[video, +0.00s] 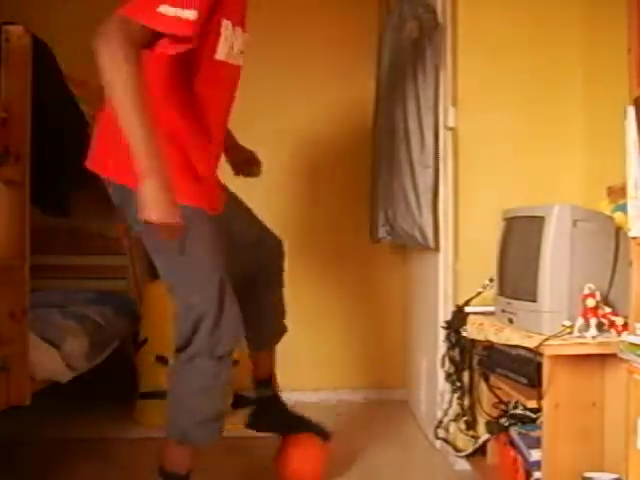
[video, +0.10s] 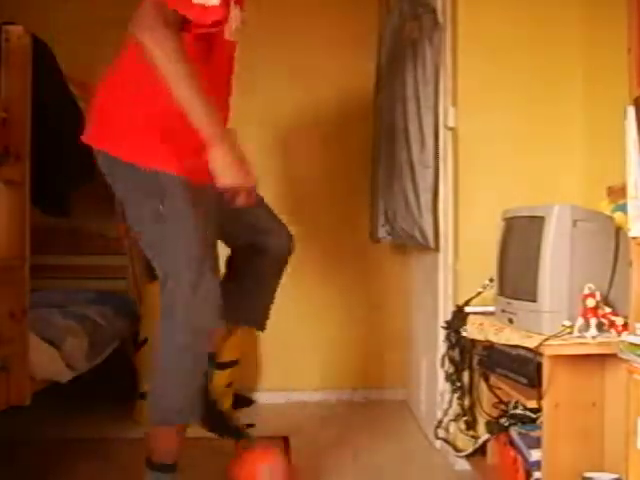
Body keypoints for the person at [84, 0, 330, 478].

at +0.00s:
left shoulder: (230, 8)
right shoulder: (192, 3)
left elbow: (187, 78)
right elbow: (113, 40)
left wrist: (231, 146)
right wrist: (151, 177)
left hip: (187, 168)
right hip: (150, 170)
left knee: (262, 253)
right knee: (210, 318)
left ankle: (263, 398)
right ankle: (174, 470)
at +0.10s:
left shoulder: (217, 12)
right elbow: (150, 24)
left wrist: (226, 158)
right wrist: (218, 141)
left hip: (185, 145)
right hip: (138, 139)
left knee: (270, 242)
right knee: (193, 289)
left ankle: (210, 373)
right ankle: (161, 466)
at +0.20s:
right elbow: (135, 5)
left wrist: (225, 104)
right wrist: (222, 95)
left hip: (180, 136)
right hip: (141, 129)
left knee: (235, 280)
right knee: (179, 285)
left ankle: (180, 432)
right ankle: (113, 468)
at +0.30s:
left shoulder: (242, 8)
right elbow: (111, 2)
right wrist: (169, 52)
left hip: (186, 150)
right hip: (137, 138)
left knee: (198, 316)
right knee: (162, 306)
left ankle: (169, 459)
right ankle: (103, 470)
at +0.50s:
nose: (274, 7)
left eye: (276, 5)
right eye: (274, 2)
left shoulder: (199, 10)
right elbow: (113, 2)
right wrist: (144, 94)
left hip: (143, 161)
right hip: (102, 146)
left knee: (222, 280)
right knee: (126, 326)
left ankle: (226, 438)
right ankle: (68, 470)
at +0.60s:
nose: (263, 14)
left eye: (269, 8)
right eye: (269, 5)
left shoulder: (185, 12)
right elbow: (91, 6)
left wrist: (137, 150)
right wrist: (117, 142)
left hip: (126, 161)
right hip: (88, 154)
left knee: (208, 268)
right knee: (149, 328)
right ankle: (79, 466)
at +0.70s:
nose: (249, 5)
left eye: (250, 5)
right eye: (249, 2)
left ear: (232, 1)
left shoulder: (186, 12)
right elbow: (69, 6)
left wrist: (157, 155)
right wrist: (97, 133)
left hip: (121, 160)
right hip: (88, 156)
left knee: (184, 279)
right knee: (159, 324)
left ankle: (48, 338)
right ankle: (82, 464)